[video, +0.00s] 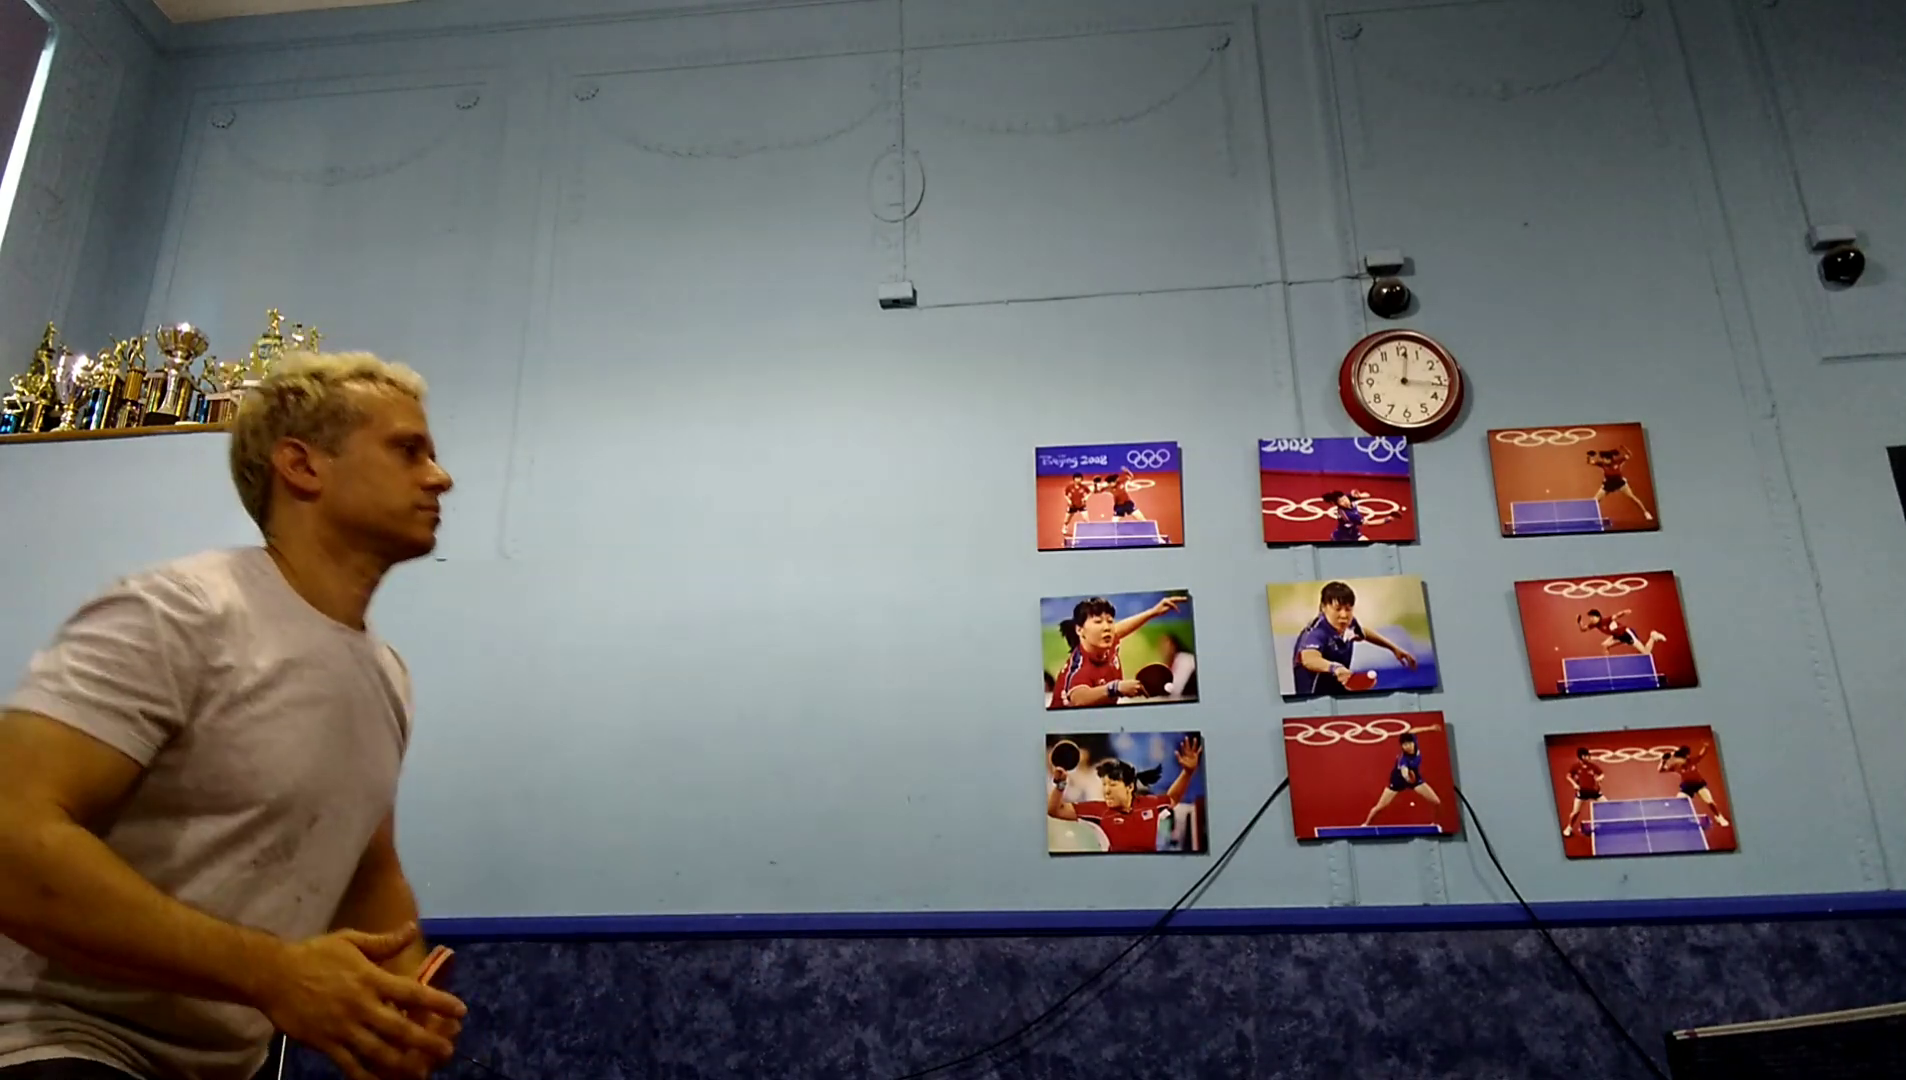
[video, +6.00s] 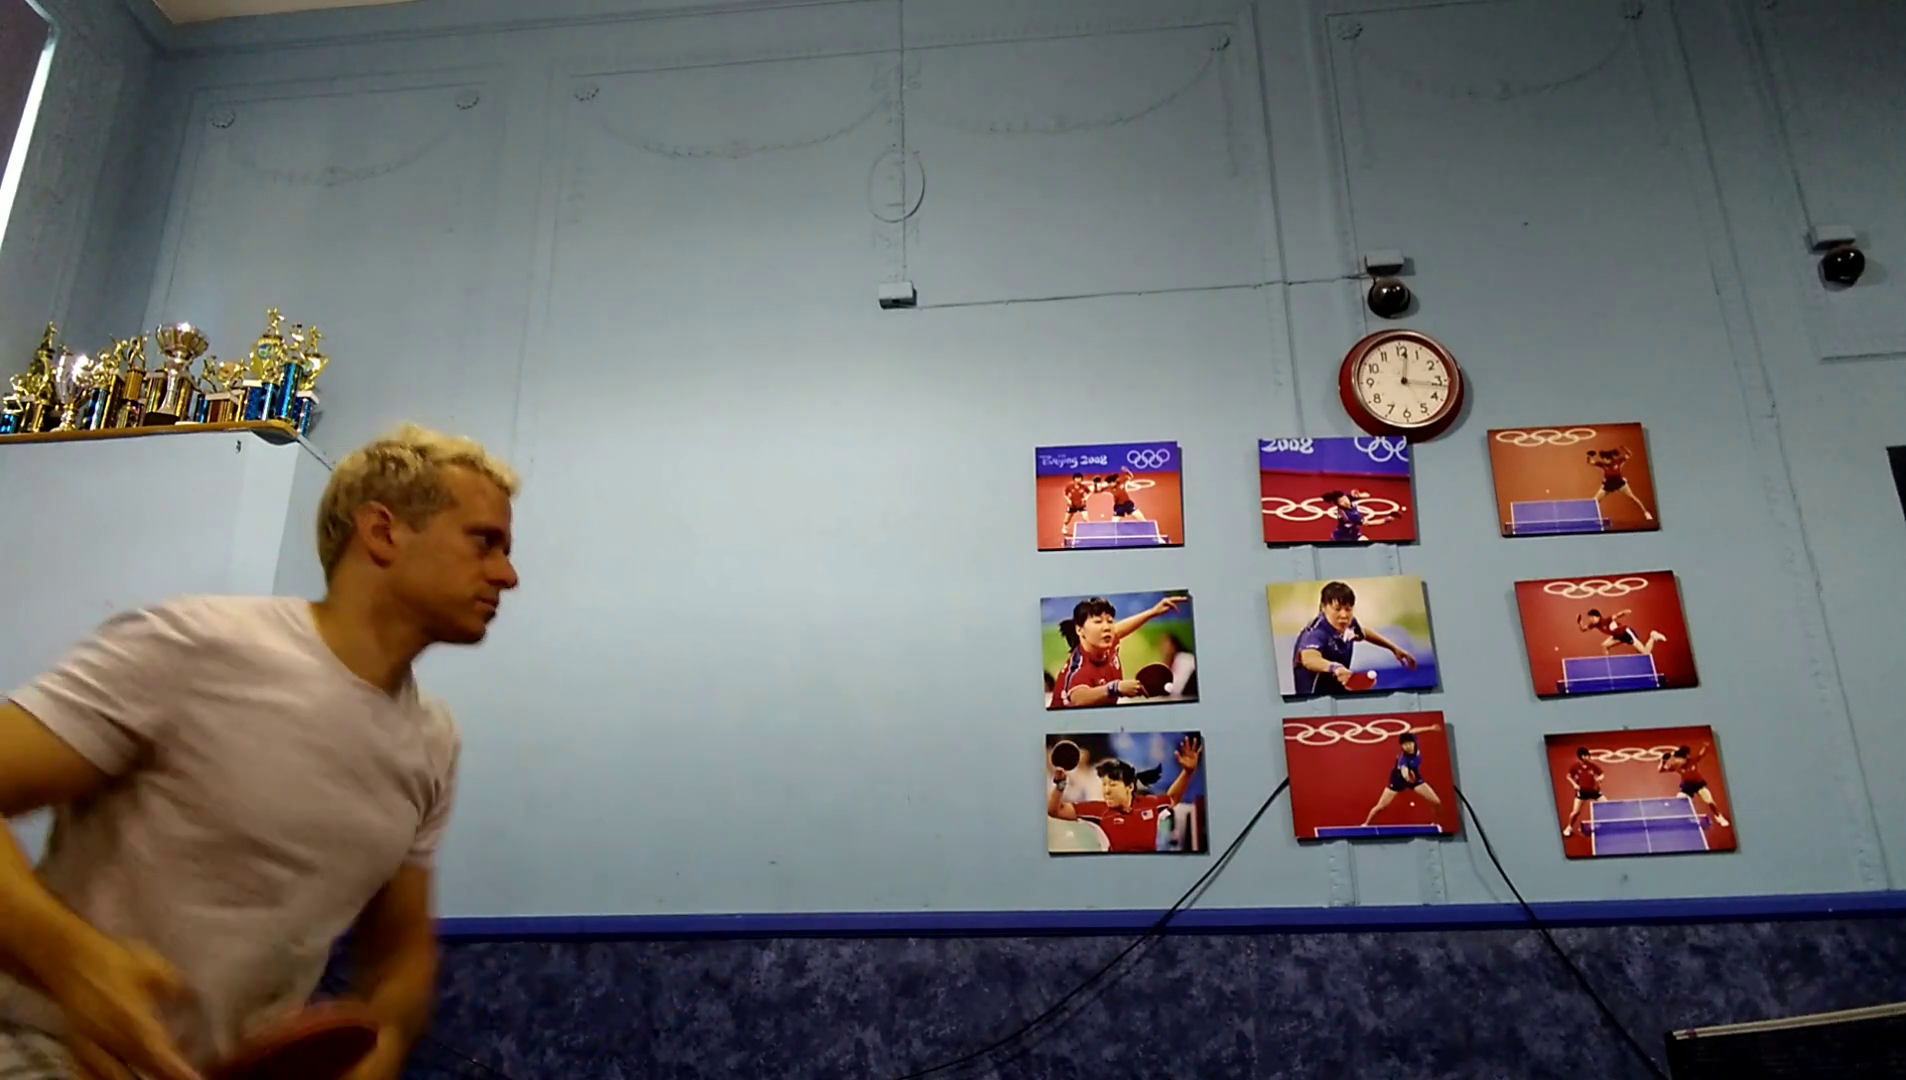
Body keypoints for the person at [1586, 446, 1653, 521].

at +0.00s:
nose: (1605, 461)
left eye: (1606, 460)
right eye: (1603, 460)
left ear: (1609, 459)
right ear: (1603, 459)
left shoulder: (1617, 461)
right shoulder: (1602, 464)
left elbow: (1628, 457)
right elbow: (1590, 463)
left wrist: (1624, 449)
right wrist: (1590, 457)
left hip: (1620, 482)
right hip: (1608, 482)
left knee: (1632, 497)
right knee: (1595, 499)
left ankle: (1645, 512)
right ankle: (1593, 519)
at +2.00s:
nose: (1604, 461)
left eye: (1606, 460)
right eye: (1603, 460)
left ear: (1609, 458)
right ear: (1602, 459)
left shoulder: (1618, 461)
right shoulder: (1602, 464)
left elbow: (1629, 455)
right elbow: (1590, 463)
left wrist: (1624, 448)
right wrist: (1589, 457)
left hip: (1620, 482)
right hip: (1608, 483)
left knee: (1632, 497)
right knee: (1595, 499)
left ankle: (1645, 512)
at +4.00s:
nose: (1605, 461)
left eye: (1606, 459)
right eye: (1603, 460)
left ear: (1609, 458)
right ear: (1602, 459)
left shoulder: (1618, 462)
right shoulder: (1602, 464)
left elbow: (1629, 456)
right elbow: (1590, 463)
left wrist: (1624, 449)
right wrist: (1589, 456)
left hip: (1620, 482)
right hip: (1608, 483)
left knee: (1632, 497)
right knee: (1596, 499)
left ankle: (1645, 512)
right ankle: (1591, 519)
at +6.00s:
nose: (1605, 461)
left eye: (1606, 459)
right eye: (1603, 459)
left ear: (1610, 458)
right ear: (1602, 459)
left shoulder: (1618, 462)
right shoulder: (1602, 464)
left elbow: (1629, 456)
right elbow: (1590, 463)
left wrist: (1624, 449)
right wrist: (1589, 457)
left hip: (1620, 482)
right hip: (1608, 483)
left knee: (1632, 497)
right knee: (1595, 500)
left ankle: (1645, 512)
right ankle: (1590, 518)